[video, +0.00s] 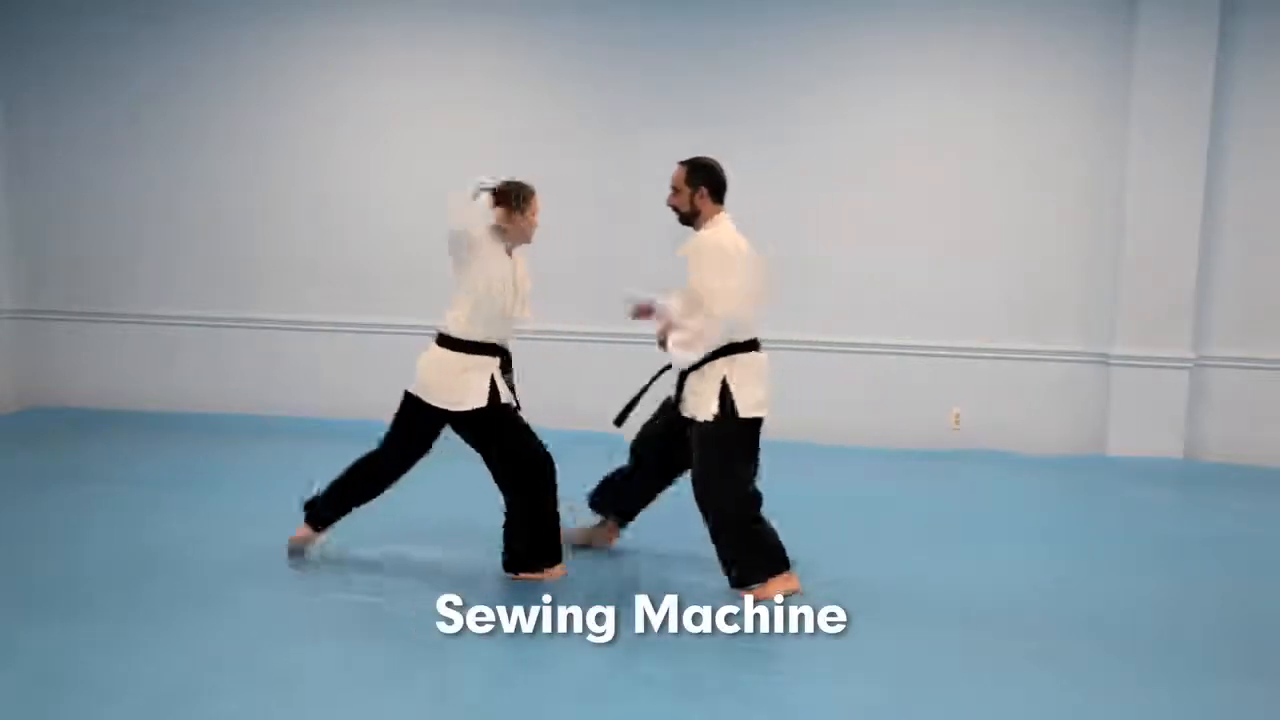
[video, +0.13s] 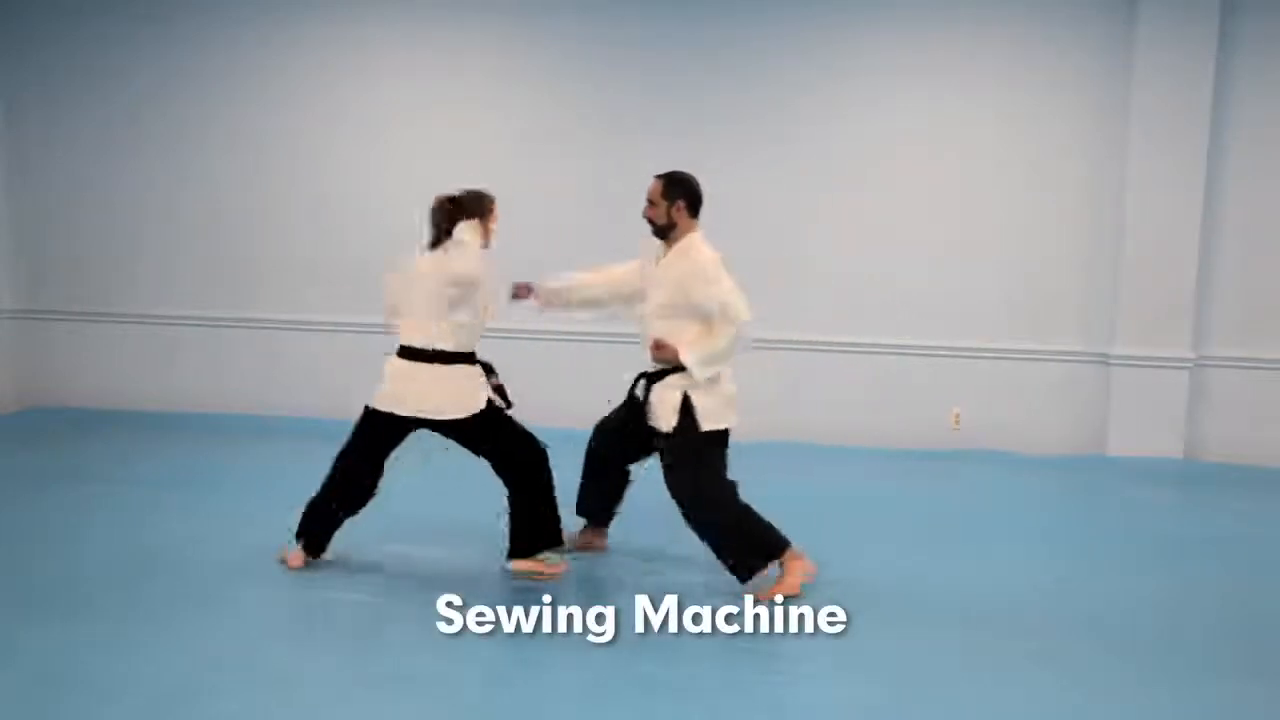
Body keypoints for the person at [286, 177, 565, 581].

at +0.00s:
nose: (538, 224)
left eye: (537, 216)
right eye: (533, 216)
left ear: (511, 217)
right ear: (511, 218)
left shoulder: (512, 260)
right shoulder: (476, 248)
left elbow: (500, 334)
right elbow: (462, 228)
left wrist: (510, 392)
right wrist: (476, 195)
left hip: (439, 376)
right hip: (464, 382)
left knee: (391, 459)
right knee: (532, 466)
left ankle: (315, 521)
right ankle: (527, 563)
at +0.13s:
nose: (495, 230)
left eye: (495, 222)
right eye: (493, 222)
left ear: (449, 223)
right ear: (478, 224)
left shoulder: (414, 265)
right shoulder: (475, 263)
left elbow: (395, 321)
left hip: (400, 393)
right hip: (455, 398)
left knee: (354, 466)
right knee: (527, 458)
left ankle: (306, 547)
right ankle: (527, 553)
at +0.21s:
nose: (473, 229)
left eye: (469, 221)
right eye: (466, 224)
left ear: (415, 233)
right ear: (451, 233)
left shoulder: (383, 275)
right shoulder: (470, 273)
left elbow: (341, 305)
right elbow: (506, 286)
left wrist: (380, 329)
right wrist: (485, 247)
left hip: (392, 402)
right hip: (454, 404)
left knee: (336, 457)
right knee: (523, 459)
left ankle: (305, 548)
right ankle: (534, 551)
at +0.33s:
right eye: (441, 238)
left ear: (398, 243)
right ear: (440, 242)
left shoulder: (384, 284)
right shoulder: (465, 284)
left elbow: (368, 334)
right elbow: (517, 300)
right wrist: (508, 259)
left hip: (393, 413)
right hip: (454, 415)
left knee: (321, 453)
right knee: (524, 468)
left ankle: (294, 549)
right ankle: (542, 562)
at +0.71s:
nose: (444, 239)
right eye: (443, 234)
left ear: (402, 238)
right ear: (440, 239)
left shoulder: (383, 281)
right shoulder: (461, 282)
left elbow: (356, 341)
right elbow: (506, 307)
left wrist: (380, 356)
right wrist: (503, 266)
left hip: (390, 408)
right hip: (451, 410)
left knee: (322, 452)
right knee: (523, 465)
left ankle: (296, 549)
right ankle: (542, 563)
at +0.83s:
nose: (446, 233)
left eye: (443, 225)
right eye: (442, 226)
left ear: (402, 233)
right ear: (428, 232)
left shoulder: (378, 277)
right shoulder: (457, 275)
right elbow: (503, 292)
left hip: (383, 403)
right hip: (445, 406)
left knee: (322, 454)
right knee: (512, 468)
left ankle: (297, 549)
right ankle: (540, 562)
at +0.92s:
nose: (447, 228)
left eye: (444, 220)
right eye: (443, 222)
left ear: (405, 228)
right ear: (425, 227)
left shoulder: (379, 267)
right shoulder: (446, 267)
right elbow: (470, 293)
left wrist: (466, 260)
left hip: (377, 396)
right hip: (437, 400)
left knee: (322, 455)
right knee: (506, 464)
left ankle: (296, 549)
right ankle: (538, 562)